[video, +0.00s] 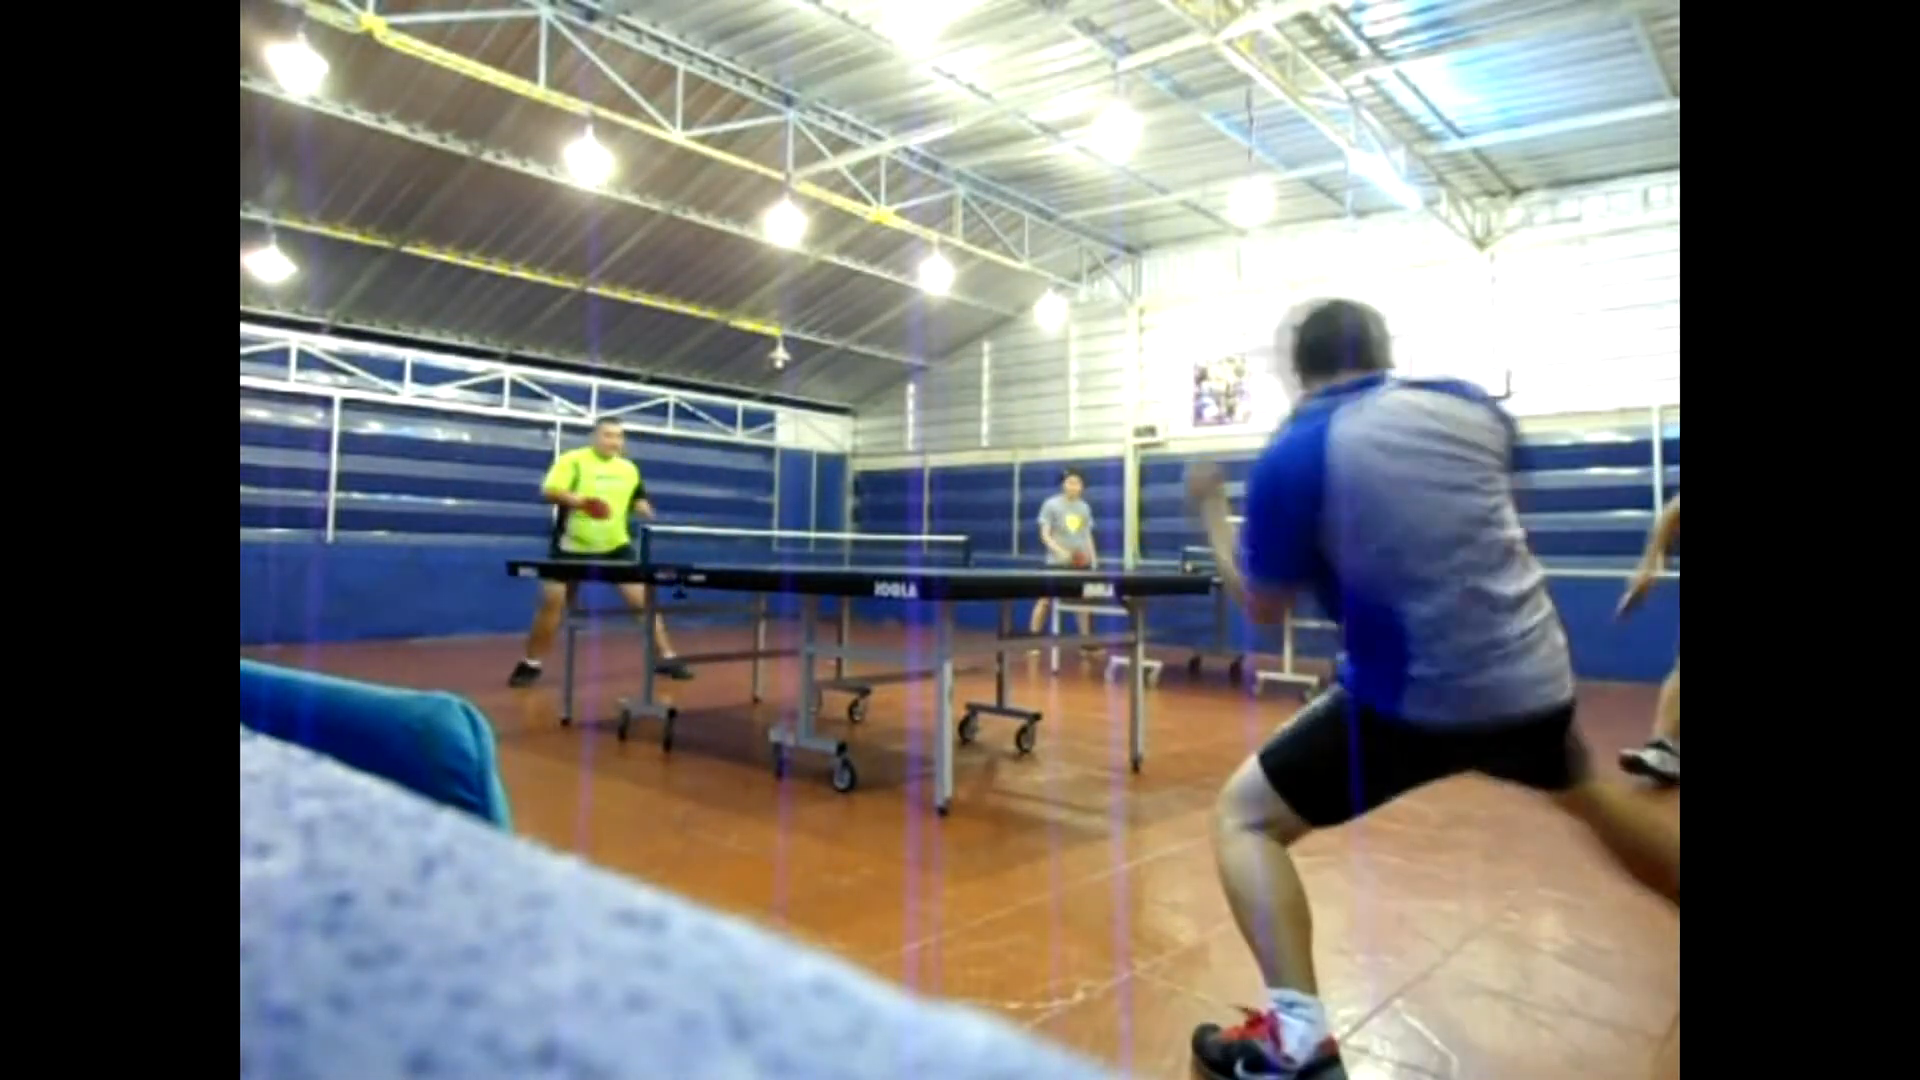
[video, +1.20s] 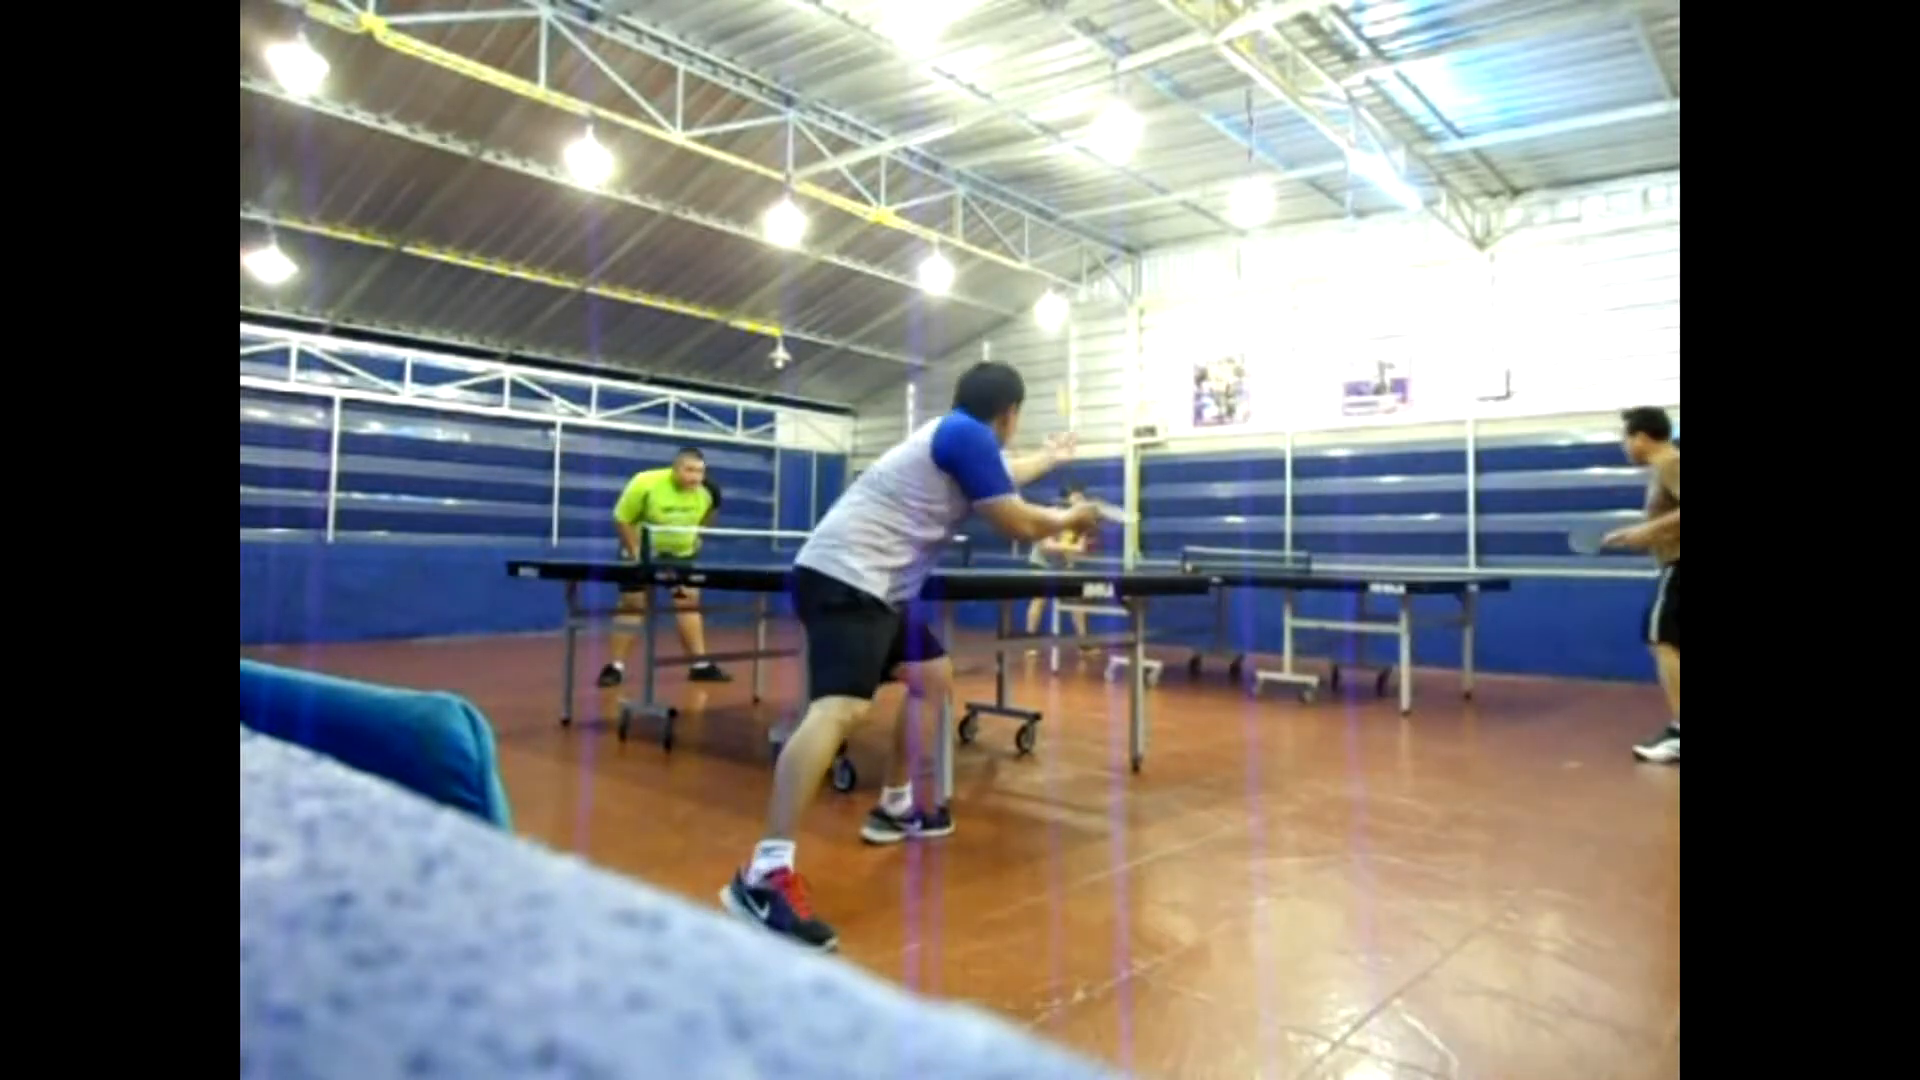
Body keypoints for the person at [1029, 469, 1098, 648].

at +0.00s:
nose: (1073, 487)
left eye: (1077, 483)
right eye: (1069, 483)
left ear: (1082, 486)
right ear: (1063, 485)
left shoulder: (1084, 507)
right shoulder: (1051, 505)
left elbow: (1087, 535)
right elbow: (1045, 534)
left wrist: (1092, 559)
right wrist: (1063, 552)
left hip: (1080, 562)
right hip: (1056, 561)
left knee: (1083, 601)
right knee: (1045, 599)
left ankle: (1085, 638)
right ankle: (1033, 636)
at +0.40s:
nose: (1074, 487)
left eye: (1077, 483)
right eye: (1070, 483)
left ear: (1082, 487)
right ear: (1063, 485)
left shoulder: (1084, 508)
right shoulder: (1051, 504)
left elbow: (1086, 533)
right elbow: (1043, 532)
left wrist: (1089, 554)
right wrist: (1065, 543)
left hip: (1080, 560)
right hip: (1056, 560)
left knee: (1083, 600)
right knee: (1046, 598)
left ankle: (1085, 638)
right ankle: (1034, 635)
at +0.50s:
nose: (1086, 490)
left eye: (1089, 486)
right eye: (1083, 485)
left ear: (1092, 489)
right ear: (1075, 487)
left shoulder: (1086, 507)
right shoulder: (1063, 504)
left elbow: (1085, 531)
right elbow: (1065, 522)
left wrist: (1087, 553)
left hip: (1077, 558)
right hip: (1057, 557)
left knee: (1081, 599)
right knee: (1049, 597)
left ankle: (1086, 636)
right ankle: (1037, 633)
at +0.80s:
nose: (1083, 490)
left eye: (1085, 486)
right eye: (1079, 486)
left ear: (1088, 490)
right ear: (1071, 488)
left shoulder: (1085, 509)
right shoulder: (1057, 505)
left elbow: (1087, 532)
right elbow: (1045, 526)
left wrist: (1083, 553)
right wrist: (1065, 530)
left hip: (1076, 558)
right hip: (1053, 557)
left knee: (1084, 599)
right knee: (1043, 597)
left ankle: (1087, 637)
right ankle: (1031, 634)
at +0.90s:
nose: (1078, 492)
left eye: (1081, 488)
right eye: (1075, 487)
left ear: (1084, 492)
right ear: (1067, 489)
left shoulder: (1082, 509)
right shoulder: (1053, 506)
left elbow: (1084, 531)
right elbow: (1039, 529)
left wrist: (1076, 552)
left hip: (1069, 558)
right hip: (1048, 558)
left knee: (1078, 599)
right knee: (1039, 597)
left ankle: (1085, 637)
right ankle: (1030, 634)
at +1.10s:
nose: (1076, 495)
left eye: (1075, 489)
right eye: (1069, 489)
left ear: (1077, 494)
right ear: (1053, 492)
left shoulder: (1076, 517)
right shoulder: (1041, 517)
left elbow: (1081, 542)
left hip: (1068, 566)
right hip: (1042, 564)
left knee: (1076, 601)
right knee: (1037, 598)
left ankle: (1082, 638)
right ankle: (1030, 634)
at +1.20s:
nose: (1078, 503)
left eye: (1081, 499)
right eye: (1074, 499)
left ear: (1084, 500)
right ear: (1066, 500)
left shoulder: (1083, 522)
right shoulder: (1052, 517)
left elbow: (1081, 549)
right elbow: (1046, 545)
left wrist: (1057, 547)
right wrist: (1069, 549)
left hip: (1069, 564)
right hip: (1044, 564)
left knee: (1076, 600)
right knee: (1040, 598)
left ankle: (1083, 638)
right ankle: (1030, 635)